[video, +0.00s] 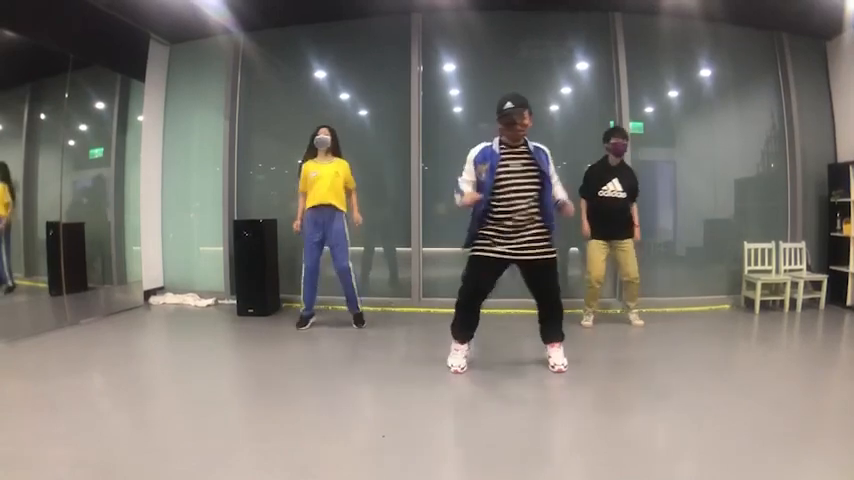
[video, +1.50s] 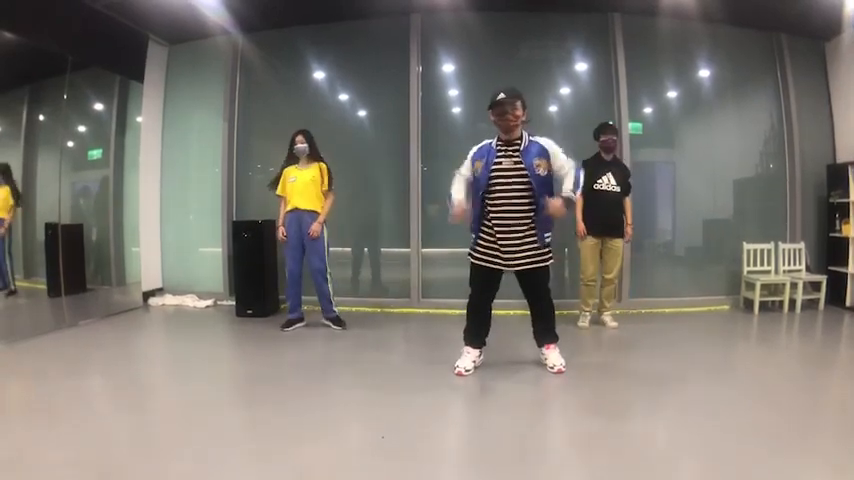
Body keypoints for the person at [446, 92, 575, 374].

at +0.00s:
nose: (517, 128)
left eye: (521, 122)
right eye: (511, 123)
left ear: (529, 120)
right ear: (500, 124)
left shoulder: (541, 153)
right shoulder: (480, 154)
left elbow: (554, 185)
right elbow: (463, 190)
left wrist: (563, 200)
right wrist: (467, 197)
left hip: (534, 239)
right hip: (492, 239)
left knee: (549, 293)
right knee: (471, 292)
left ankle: (555, 346)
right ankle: (460, 345)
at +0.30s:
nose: (554, 139)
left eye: (557, 133)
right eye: (547, 134)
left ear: (560, 134)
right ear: (530, 134)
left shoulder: (561, 172)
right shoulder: (509, 160)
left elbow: (574, 203)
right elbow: (480, 184)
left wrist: (570, 235)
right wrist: (501, 217)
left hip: (548, 248)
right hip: (516, 248)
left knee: (556, 300)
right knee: (520, 300)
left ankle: (553, 347)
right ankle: (479, 347)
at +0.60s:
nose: (562, 140)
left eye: (566, 134)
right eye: (554, 135)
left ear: (571, 136)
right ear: (539, 135)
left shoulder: (567, 176)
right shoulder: (514, 159)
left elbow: (560, 222)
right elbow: (495, 196)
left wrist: (567, 209)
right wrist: (482, 239)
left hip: (534, 251)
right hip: (497, 245)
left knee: (544, 300)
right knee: (467, 287)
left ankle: (551, 349)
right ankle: (468, 347)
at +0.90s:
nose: (505, 120)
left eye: (510, 113)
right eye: (498, 115)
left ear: (519, 114)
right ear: (488, 119)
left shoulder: (538, 152)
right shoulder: (478, 152)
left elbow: (550, 192)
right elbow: (469, 188)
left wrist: (556, 226)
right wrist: (478, 222)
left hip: (530, 241)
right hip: (491, 240)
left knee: (539, 295)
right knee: (480, 297)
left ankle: (549, 347)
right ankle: (472, 349)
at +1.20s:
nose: (509, 118)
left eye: (514, 112)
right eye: (502, 113)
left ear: (524, 114)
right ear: (492, 117)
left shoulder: (541, 152)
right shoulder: (480, 151)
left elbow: (551, 193)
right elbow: (469, 187)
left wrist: (556, 228)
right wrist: (478, 221)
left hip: (529, 238)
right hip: (491, 237)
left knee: (539, 294)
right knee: (480, 295)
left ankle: (549, 346)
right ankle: (472, 349)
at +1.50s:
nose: (509, 117)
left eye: (513, 111)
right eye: (501, 113)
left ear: (523, 113)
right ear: (492, 117)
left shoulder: (542, 148)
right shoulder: (480, 152)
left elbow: (569, 170)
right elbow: (461, 178)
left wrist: (564, 198)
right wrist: (458, 202)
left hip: (529, 238)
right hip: (489, 238)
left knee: (539, 294)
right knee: (480, 295)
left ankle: (549, 346)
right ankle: (472, 349)